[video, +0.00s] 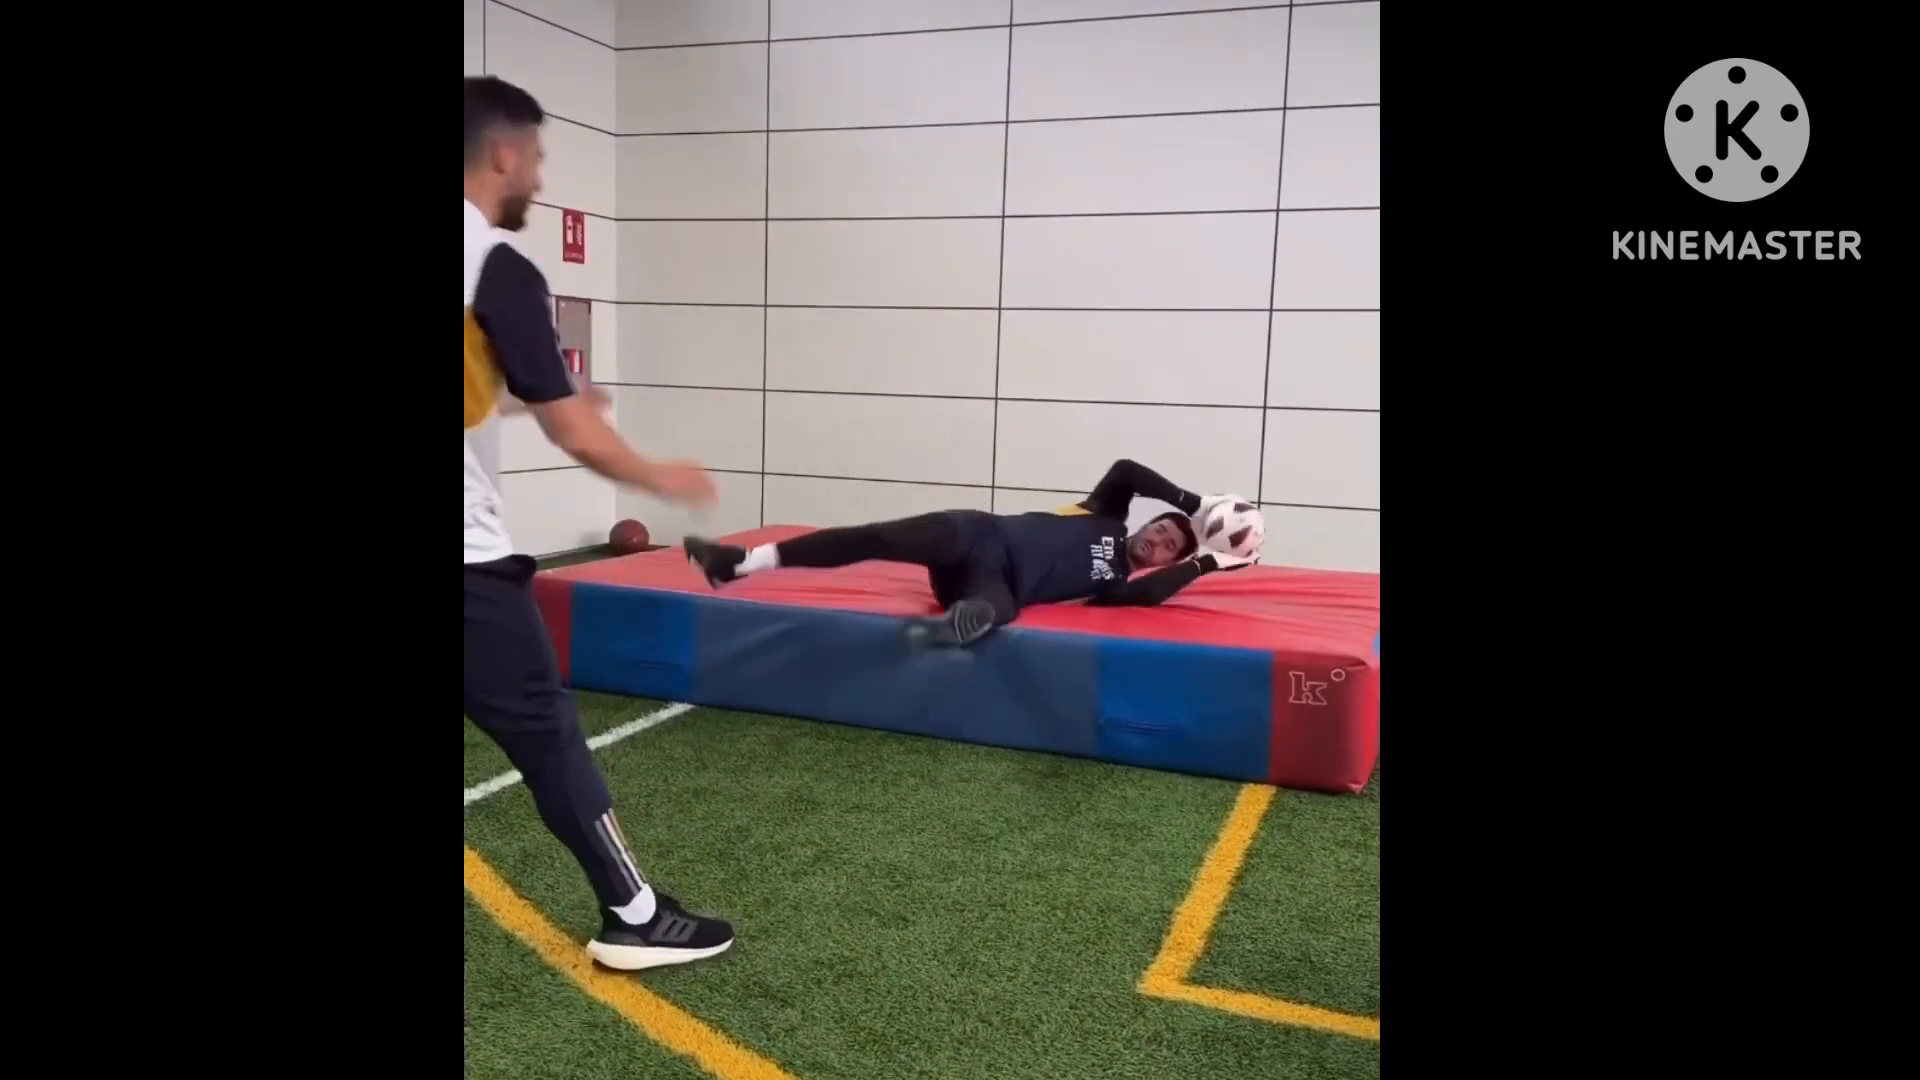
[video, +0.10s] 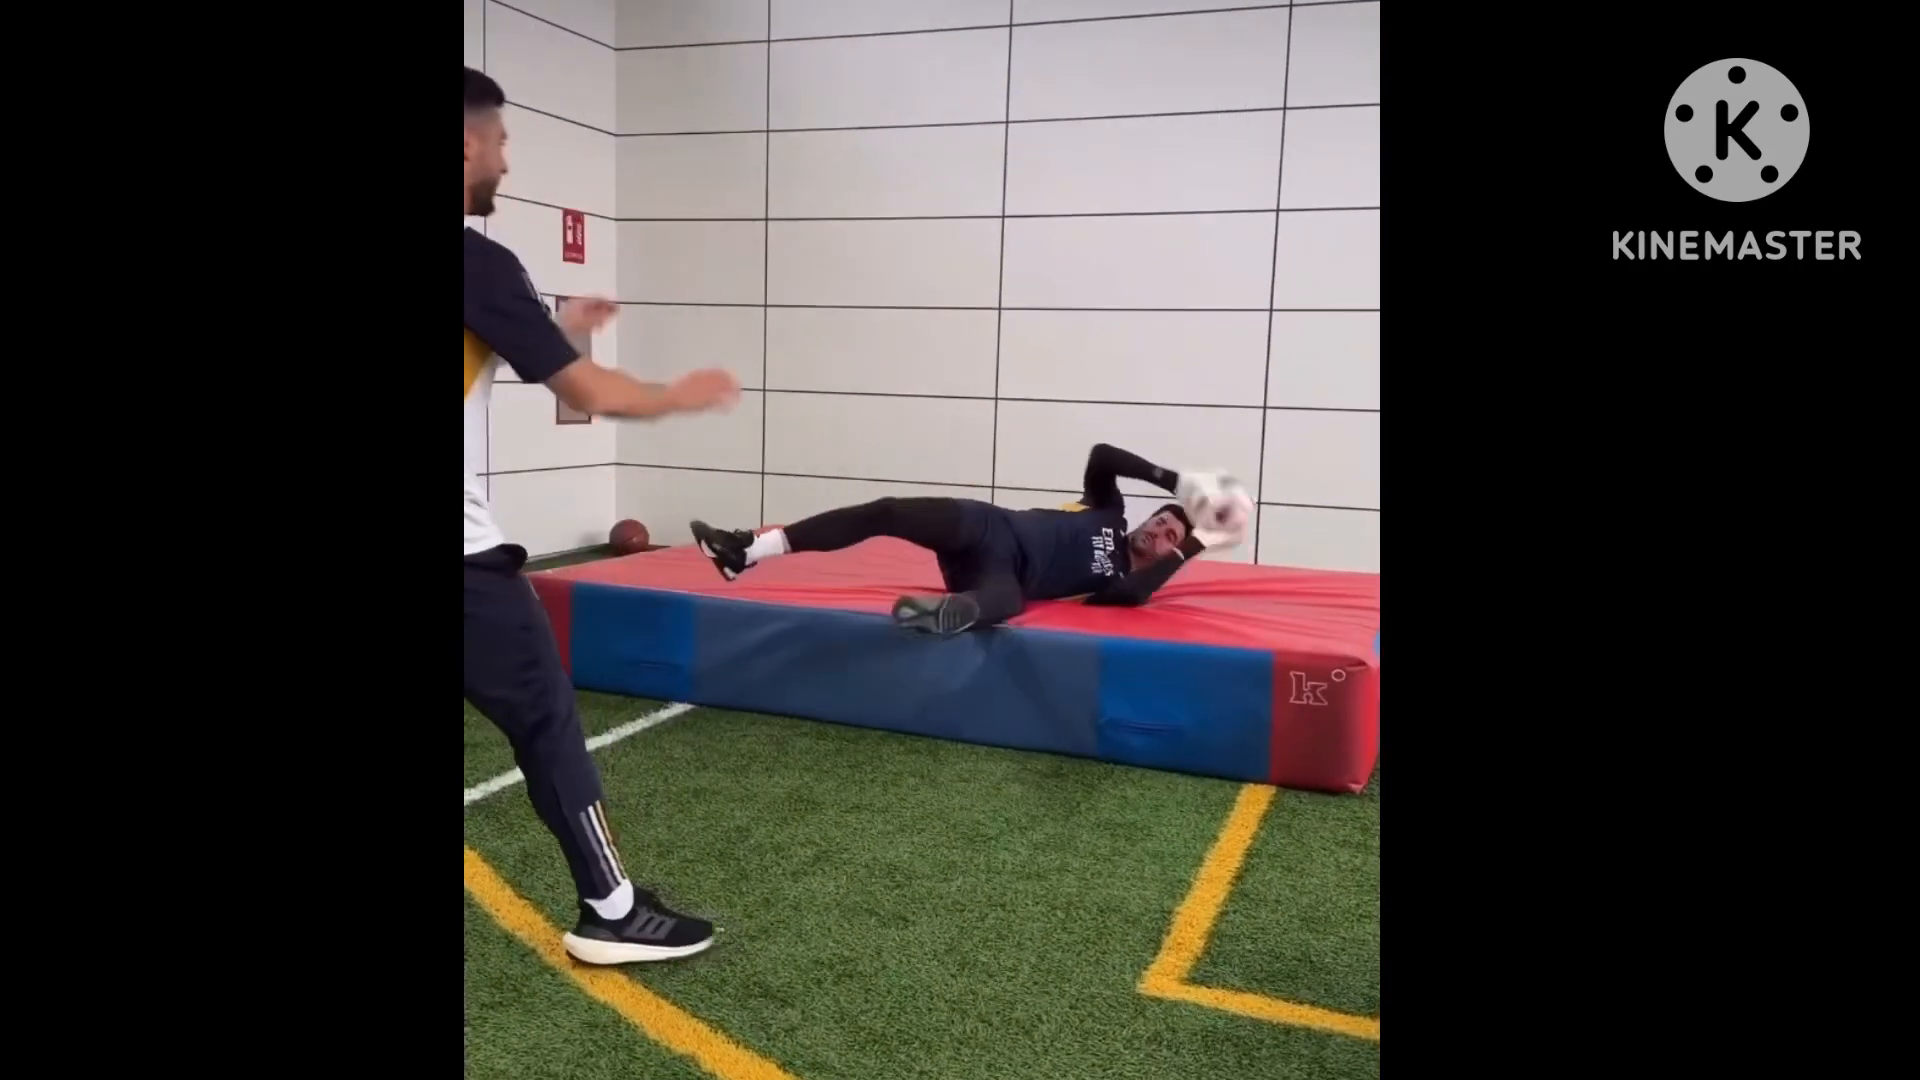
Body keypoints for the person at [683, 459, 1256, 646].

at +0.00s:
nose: (1162, 545)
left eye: (1172, 551)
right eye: (1164, 535)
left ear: (1162, 568)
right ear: (1146, 526)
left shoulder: (1120, 585)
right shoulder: (1102, 522)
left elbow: (1157, 589)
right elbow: (1125, 472)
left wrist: (1209, 558)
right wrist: (1194, 502)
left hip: (1000, 580)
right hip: (982, 530)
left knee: (989, 606)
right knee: (877, 539)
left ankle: (954, 627)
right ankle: (742, 562)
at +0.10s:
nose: (1162, 538)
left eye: (1173, 542)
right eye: (1163, 526)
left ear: (1171, 560)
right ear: (1147, 517)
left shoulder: (1128, 583)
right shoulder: (1108, 517)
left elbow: (1132, 590)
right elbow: (1103, 457)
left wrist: (1187, 551)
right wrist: (1174, 480)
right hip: (994, 523)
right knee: (888, 510)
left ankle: (923, 617)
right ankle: (748, 551)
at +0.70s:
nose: (997, 399)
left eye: (1010, 393)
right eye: (992, 389)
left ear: (1027, 406)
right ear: (980, 398)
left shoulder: (1039, 478)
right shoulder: (947, 450)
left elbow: (1073, 567)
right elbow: (889, 503)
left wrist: (1025, 576)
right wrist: (875, 530)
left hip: (962, 580)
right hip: (906, 567)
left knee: (968, 584)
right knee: (806, 566)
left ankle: (911, 700)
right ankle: (709, 678)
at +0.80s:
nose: (985, 401)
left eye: (997, 395)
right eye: (979, 392)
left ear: (1013, 409)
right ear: (967, 400)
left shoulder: (1026, 478)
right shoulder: (932, 452)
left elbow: (1063, 566)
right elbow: (869, 512)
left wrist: (1021, 557)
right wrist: (882, 531)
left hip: (955, 575)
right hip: (900, 562)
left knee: (962, 588)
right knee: (797, 581)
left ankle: (919, 707)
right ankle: (702, 698)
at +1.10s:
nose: (1083, 471)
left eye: (1092, 472)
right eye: (1085, 463)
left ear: (1095, 487)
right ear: (1072, 460)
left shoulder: (1074, 529)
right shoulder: (1035, 474)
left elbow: (1097, 564)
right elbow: (1022, 441)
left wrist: (1127, 512)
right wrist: (1081, 443)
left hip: (953, 579)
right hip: (915, 544)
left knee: (971, 600)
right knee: (811, 593)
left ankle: (927, 685)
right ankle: (705, 678)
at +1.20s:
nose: (1130, 514)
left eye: (1142, 517)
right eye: (1131, 503)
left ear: (1145, 536)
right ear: (1114, 498)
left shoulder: (1107, 571)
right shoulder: (1073, 506)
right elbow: (1074, 449)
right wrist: (1144, 456)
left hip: (967, 586)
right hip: (942, 542)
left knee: (983, 611)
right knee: (844, 577)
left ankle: (931, 680)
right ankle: (718, 638)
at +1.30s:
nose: (1160, 549)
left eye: (1172, 553)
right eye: (1161, 537)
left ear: (1165, 570)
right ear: (1142, 526)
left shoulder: (1115, 588)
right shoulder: (1098, 522)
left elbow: (1149, 591)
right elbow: (1117, 468)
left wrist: (1212, 552)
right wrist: (1192, 492)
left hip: (986, 586)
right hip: (967, 539)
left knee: (986, 620)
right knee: (860, 554)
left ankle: (941, 664)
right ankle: (729, 582)